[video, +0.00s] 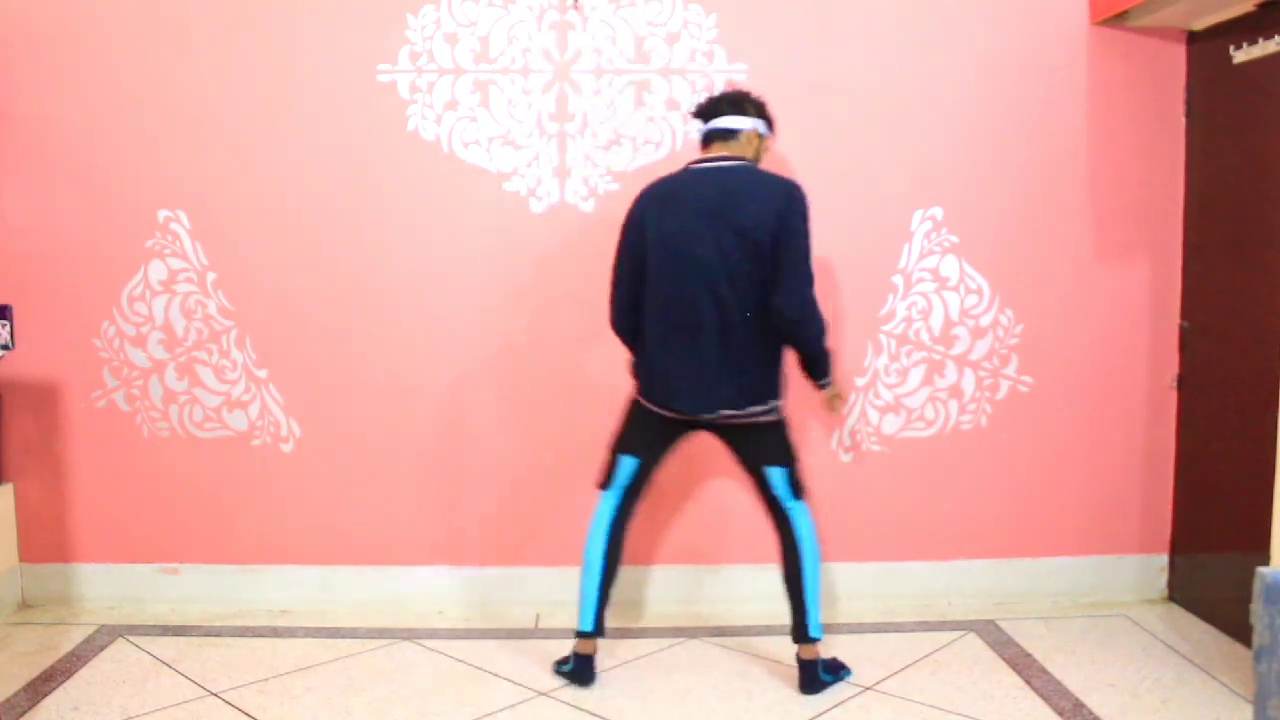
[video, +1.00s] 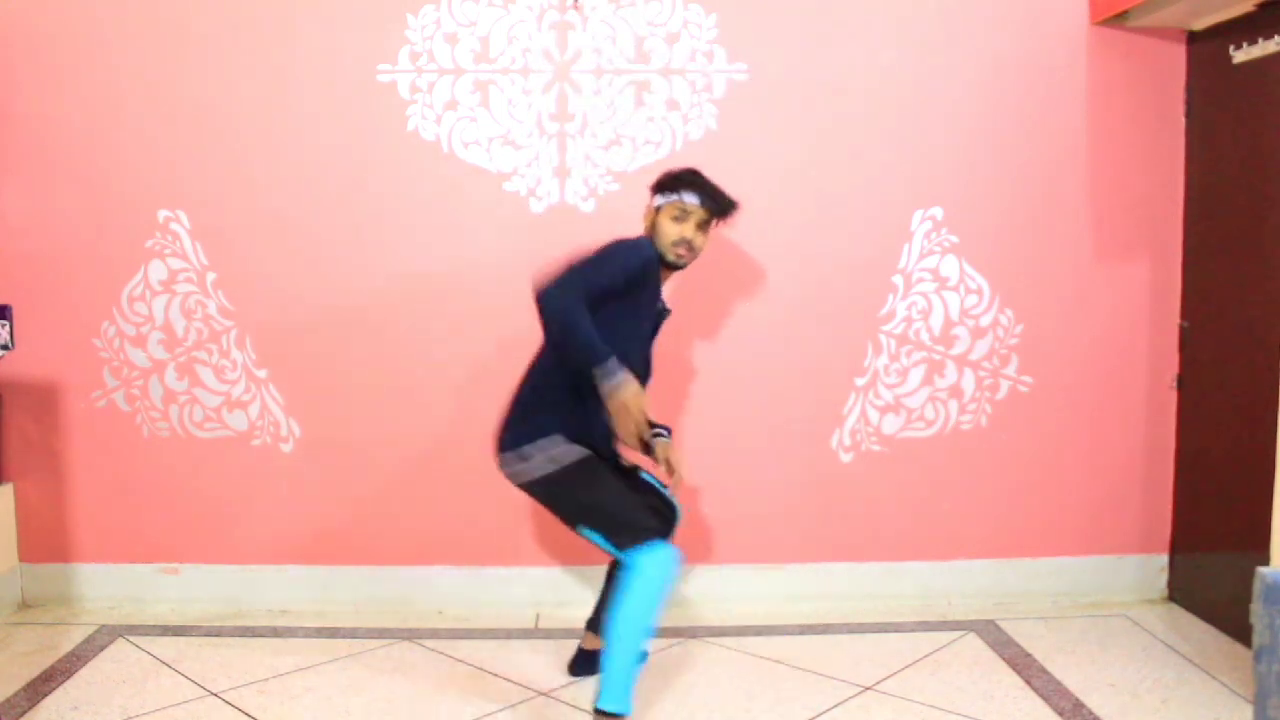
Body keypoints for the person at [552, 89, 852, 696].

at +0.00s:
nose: (769, 148)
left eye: (766, 139)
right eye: (768, 139)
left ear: (706, 139)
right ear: (757, 139)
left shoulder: (656, 197)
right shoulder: (779, 196)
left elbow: (624, 310)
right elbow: (791, 303)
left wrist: (660, 358)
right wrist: (821, 371)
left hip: (664, 389)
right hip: (745, 395)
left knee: (613, 504)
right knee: (792, 513)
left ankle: (582, 653)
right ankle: (812, 661)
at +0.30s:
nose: (758, 210)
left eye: (760, 198)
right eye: (756, 197)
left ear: (697, 193)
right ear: (736, 195)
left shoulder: (647, 245)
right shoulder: (749, 260)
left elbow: (609, 343)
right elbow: (747, 378)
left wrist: (641, 413)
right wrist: (824, 441)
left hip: (643, 447)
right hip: (723, 445)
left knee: (576, 502)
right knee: (761, 525)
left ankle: (594, 647)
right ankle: (786, 662)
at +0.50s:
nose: (748, 239)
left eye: (753, 229)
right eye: (748, 224)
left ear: (694, 212)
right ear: (721, 210)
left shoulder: (635, 258)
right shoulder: (719, 250)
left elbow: (647, 381)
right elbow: (705, 333)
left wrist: (720, 411)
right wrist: (743, 418)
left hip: (592, 439)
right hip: (657, 439)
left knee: (603, 510)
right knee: (764, 507)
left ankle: (599, 647)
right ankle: (783, 659)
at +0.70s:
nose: (713, 239)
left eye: (724, 231)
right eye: (707, 220)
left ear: (729, 235)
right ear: (676, 209)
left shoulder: (639, 254)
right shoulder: (662, 256)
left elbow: (664, 304)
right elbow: (653, 305)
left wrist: (715, 315)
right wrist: (713, 315)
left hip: (569, 443)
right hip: (619, 445)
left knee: (632, 513)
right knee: (730, 567)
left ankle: (603, 647)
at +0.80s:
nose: (691, 245)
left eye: (704, 238)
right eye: (684, 227)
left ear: (709, 244)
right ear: (656, 217)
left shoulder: (625, 267)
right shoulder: (641, 281)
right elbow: (613, 376)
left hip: (581, 458)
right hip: (608, 461)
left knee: (645, 526)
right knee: (725, 589)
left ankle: (603, 650)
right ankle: (627, 711)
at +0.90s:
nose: (683, 244)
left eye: (697, 238)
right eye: (675, 226)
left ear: (701, 247)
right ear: (648, 220)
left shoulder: (638, 287)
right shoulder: (624, 277)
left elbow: (626, 388)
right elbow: (588, 375)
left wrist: (649, 452)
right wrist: (641, 434)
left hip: (587, 460)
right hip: (580, 464)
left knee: (667, 519)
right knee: (707, 584)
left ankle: (596, 648)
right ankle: (624, 712)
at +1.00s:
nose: (689, 234)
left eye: (702, 226)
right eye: (679, 217)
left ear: (709, 237)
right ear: (653, 216)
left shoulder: (651, 300)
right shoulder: (633, 256)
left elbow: (619, 384)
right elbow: (558, 296)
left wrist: (650, 437)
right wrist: (612, 380)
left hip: (578, 441)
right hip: (540, 438)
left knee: (659, 512)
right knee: (652, 553)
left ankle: (597, 645)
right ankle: (613, 708)